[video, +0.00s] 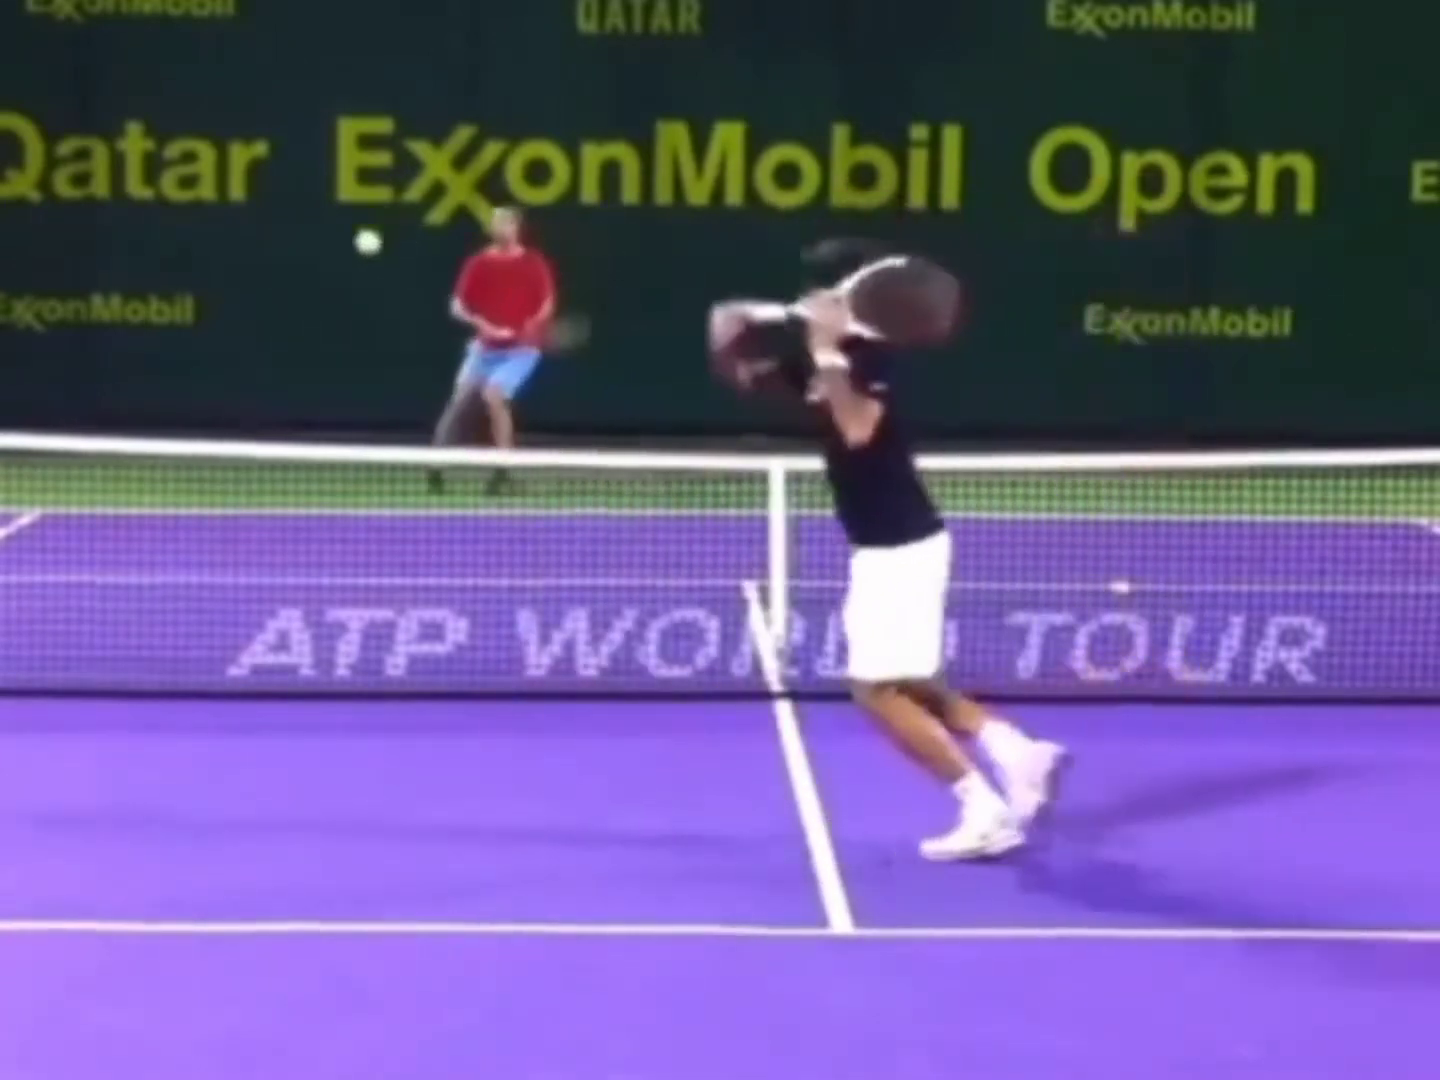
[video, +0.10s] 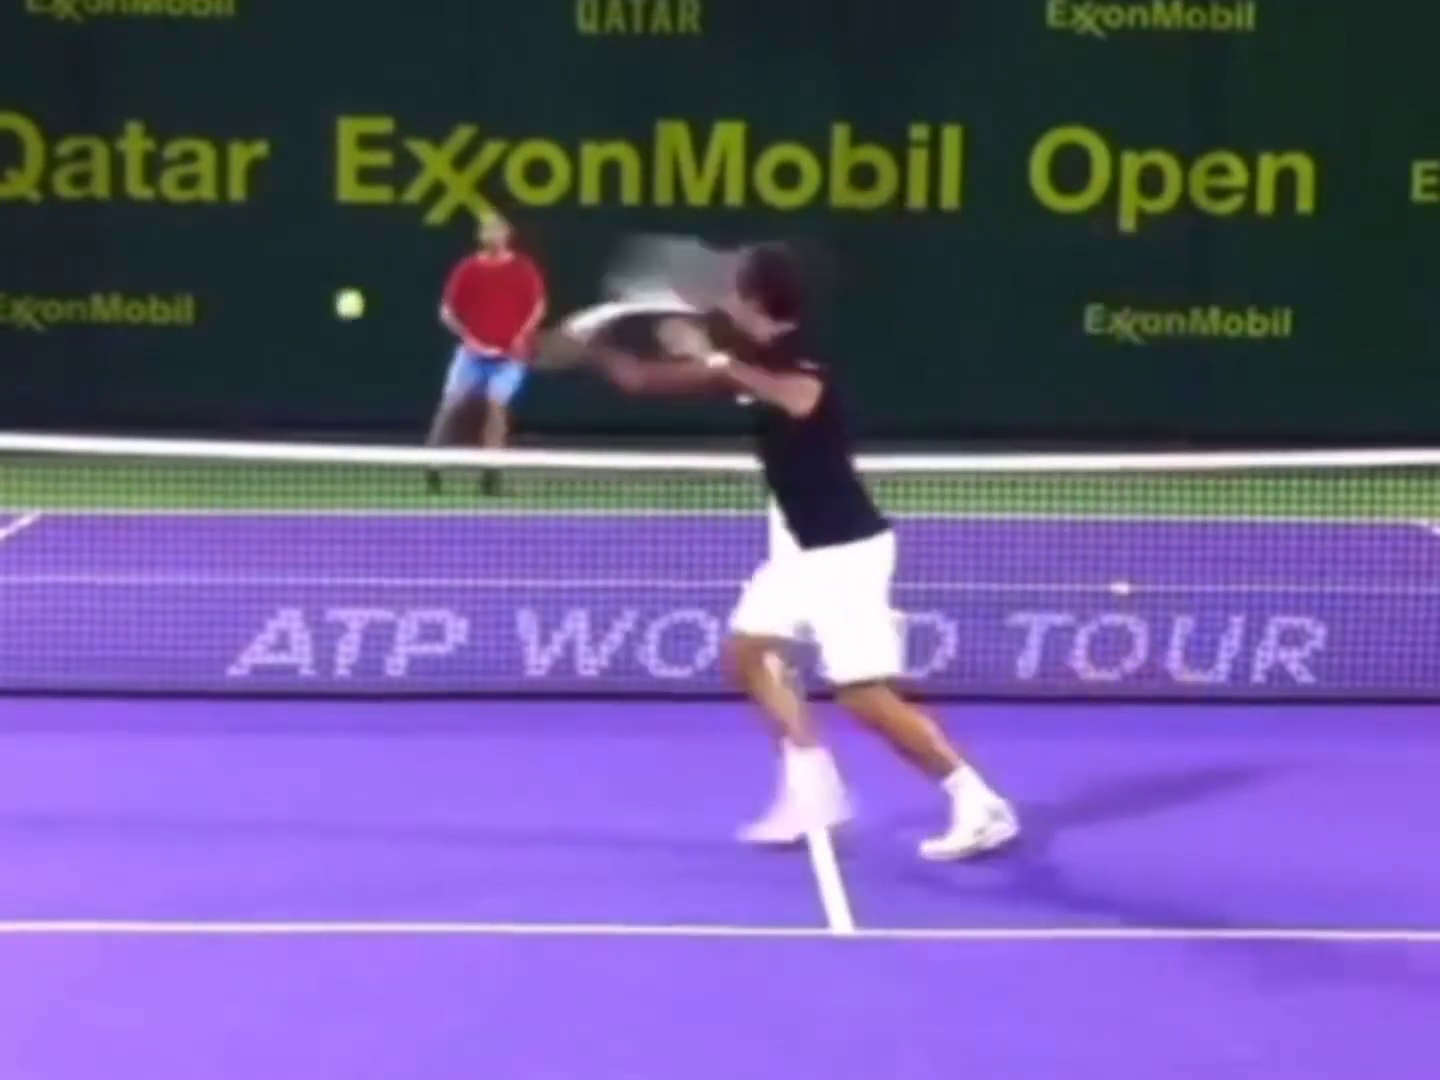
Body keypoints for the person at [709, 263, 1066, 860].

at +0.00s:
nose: (817, 312)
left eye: (823, 306)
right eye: (818, 305)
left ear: (839, 320)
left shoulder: (867, 368)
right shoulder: (834, 372)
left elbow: (858, 427)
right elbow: (786, 387)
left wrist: (825, 349)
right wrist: (750, 355)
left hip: (900, 547)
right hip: (896, 544)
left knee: (874, 688)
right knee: (908, 678)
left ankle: (981, 803)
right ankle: (1017, 751)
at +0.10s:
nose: (732, 306)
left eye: (741, 297)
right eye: (733, 297)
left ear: (763, 304)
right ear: (775, 304)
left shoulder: (801, 361)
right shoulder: (750, 363)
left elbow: (801, 399)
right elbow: (653, 378)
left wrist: (729, 368)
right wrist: (596, 347)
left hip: (853, 549)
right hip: (802, 550)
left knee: (861, 691)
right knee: (748, 654)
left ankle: (976, 798)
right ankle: (813, 782)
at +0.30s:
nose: (557, 334)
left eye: (564, 322)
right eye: (557, 322)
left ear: (595, 327)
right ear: (604, 325)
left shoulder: (621, 387)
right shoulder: (650, 369)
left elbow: (573, 468)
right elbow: (715, 394)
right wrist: (770, 412)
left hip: (674, 569)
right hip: (619, 559)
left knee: (709, 712)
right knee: (534, 655)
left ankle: (846, 786)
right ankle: (524, 810)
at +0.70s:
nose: (409, 268)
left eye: (409, 257)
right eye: (414, 257)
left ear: (417, 257)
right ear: (469, 255)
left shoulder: (438, 317)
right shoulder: (505, 319)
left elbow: (449, 413)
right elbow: (548, 401)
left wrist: (414, 477)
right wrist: (529, 473)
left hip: (458, 506)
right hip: (511, 508)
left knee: (373, 625)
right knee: (463, 640)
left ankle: (383, 781)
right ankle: (513, 787)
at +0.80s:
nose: (378, 277)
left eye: (380, 267)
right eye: (385, 266)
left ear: (387, 270)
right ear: (438, 268)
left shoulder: (388, 333)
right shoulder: (479, 329)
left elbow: (365, 423)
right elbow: (512, 430)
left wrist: (311, 471)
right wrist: (486, 494)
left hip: (402, 523)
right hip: (473, 526)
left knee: (331, 660)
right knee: (441, 657)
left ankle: (285, 803)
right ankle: (502, 788)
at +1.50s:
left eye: (428, 307)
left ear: (418, 315)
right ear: (474, 316)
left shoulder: (387, 380)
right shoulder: (503, 388)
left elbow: (351, 472)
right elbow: (536, 494)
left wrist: (394, 480)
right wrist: (501, 499)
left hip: (401, 566)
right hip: (491, 565)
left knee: (328, 681)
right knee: (559, 680)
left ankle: (247, 808)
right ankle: (575, 820)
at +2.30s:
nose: (627, 299)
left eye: (629, 286)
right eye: (626, 287)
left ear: (648, 283)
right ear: (685, 279)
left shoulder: (668, 333)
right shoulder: (737, 325)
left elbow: (676, 380)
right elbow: (825, 345)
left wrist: (672, 436)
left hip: (691, 519)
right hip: (736, 516)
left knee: (661, 652)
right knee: (696, 657)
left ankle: (774, 769)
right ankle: (684, 790)